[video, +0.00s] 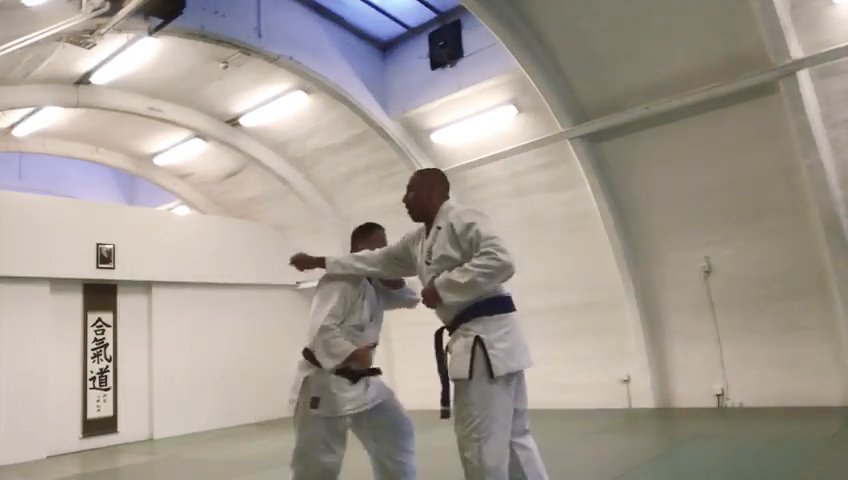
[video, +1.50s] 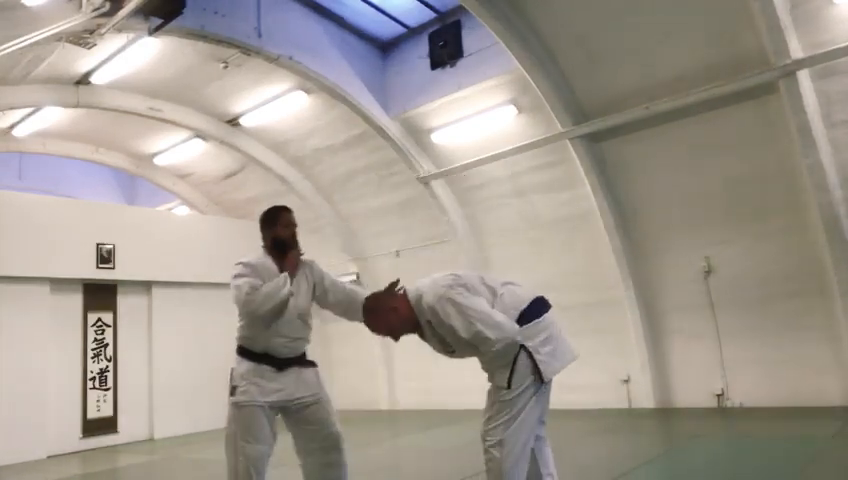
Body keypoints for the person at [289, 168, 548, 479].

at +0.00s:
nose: (404, 198)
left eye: (410, 190)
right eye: (405, 191)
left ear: (432, 190)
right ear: (429, 193)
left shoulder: (462, 219)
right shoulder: (419, 239)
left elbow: (499, 260)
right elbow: (374, 260)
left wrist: (442, 288)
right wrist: (320, 263)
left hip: (484, 338)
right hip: (483, 336)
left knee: (479, 443)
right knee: (515, 438)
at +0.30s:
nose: (429, 197)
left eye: (436, 189)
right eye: (430, 190)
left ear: (458, 193)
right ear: (450, 196)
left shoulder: (484, 224)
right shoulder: (434, 240)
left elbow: (507, 267)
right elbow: (392, 263)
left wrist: (446, 271)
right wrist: (331, 264)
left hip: (494, 338)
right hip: (478, 338)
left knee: (477, 441)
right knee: (513, 438)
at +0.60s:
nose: (439, 196)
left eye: (446, 190)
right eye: (440, 191)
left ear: (470, 193)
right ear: (458, 197)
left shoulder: (499, 223)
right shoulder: (446, 239)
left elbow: (480, 259)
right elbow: (402, 267)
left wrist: (447, 243)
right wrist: (338, 280)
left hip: (506, 337)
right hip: (483, 339)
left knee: (489, 441)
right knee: (516, 436)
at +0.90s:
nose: (416, 227)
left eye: (420, 218)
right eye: (415, 221)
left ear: (442, 212)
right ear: (438, 214)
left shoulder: (477, 238)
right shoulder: (440, 257)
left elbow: (496, 295)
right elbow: (403, 285)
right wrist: (346, 286)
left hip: (516, 340)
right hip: (501, 342)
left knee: (488, 435)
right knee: (520, 441)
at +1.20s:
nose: (399, 295)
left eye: (397, 287)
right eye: (393, 290)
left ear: (409, 270)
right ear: (410, 266)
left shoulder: (456, 270)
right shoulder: (436, 285)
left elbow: (505, 325)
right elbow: (462, 337)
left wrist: (480, 361)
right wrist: (476, 368)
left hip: (526, 342)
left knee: (496, 438)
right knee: (521, 437)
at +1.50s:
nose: (391, 337)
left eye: (385, 329)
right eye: (383, 333)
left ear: (394, 307)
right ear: (395, 304)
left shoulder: (438, 299)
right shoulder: (426, 306)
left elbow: (504, 336)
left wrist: (497, 374)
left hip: (527, 338)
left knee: (498, 439)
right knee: (528, 434)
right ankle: (543, 477)